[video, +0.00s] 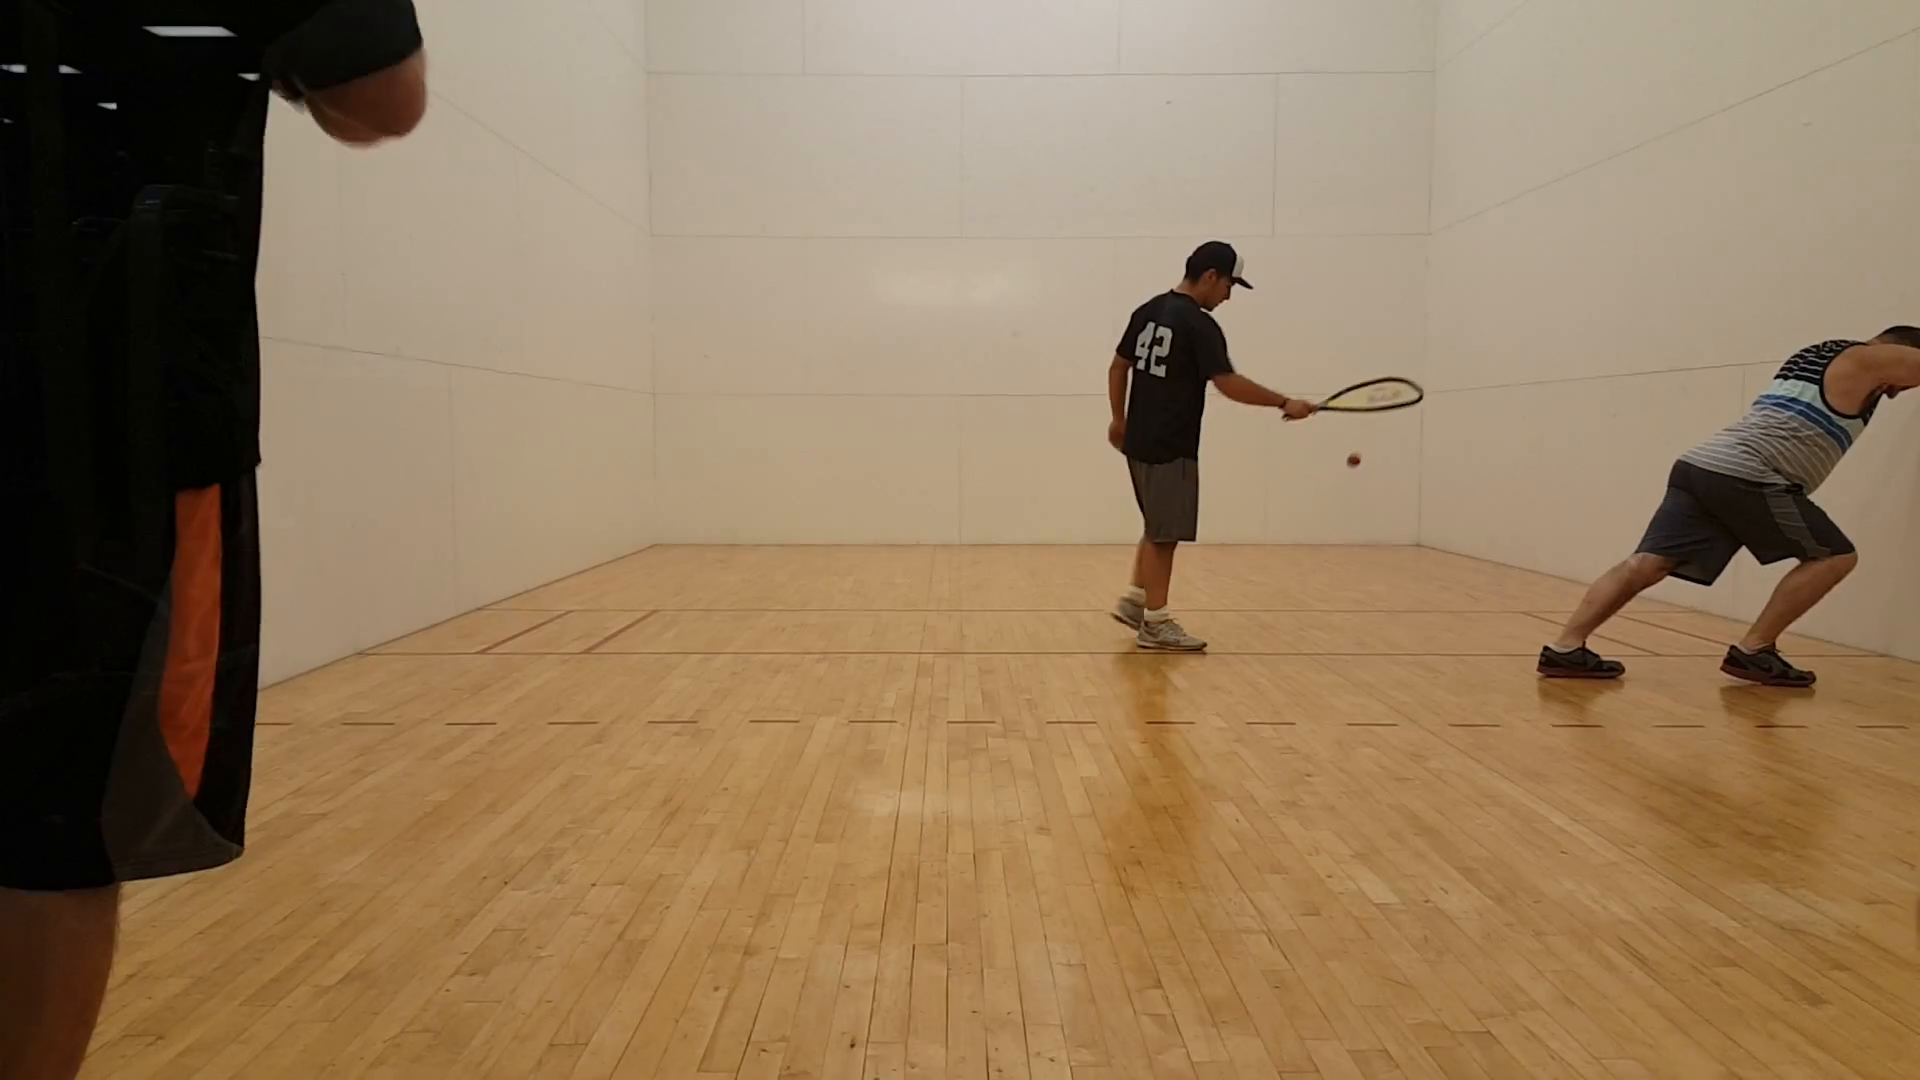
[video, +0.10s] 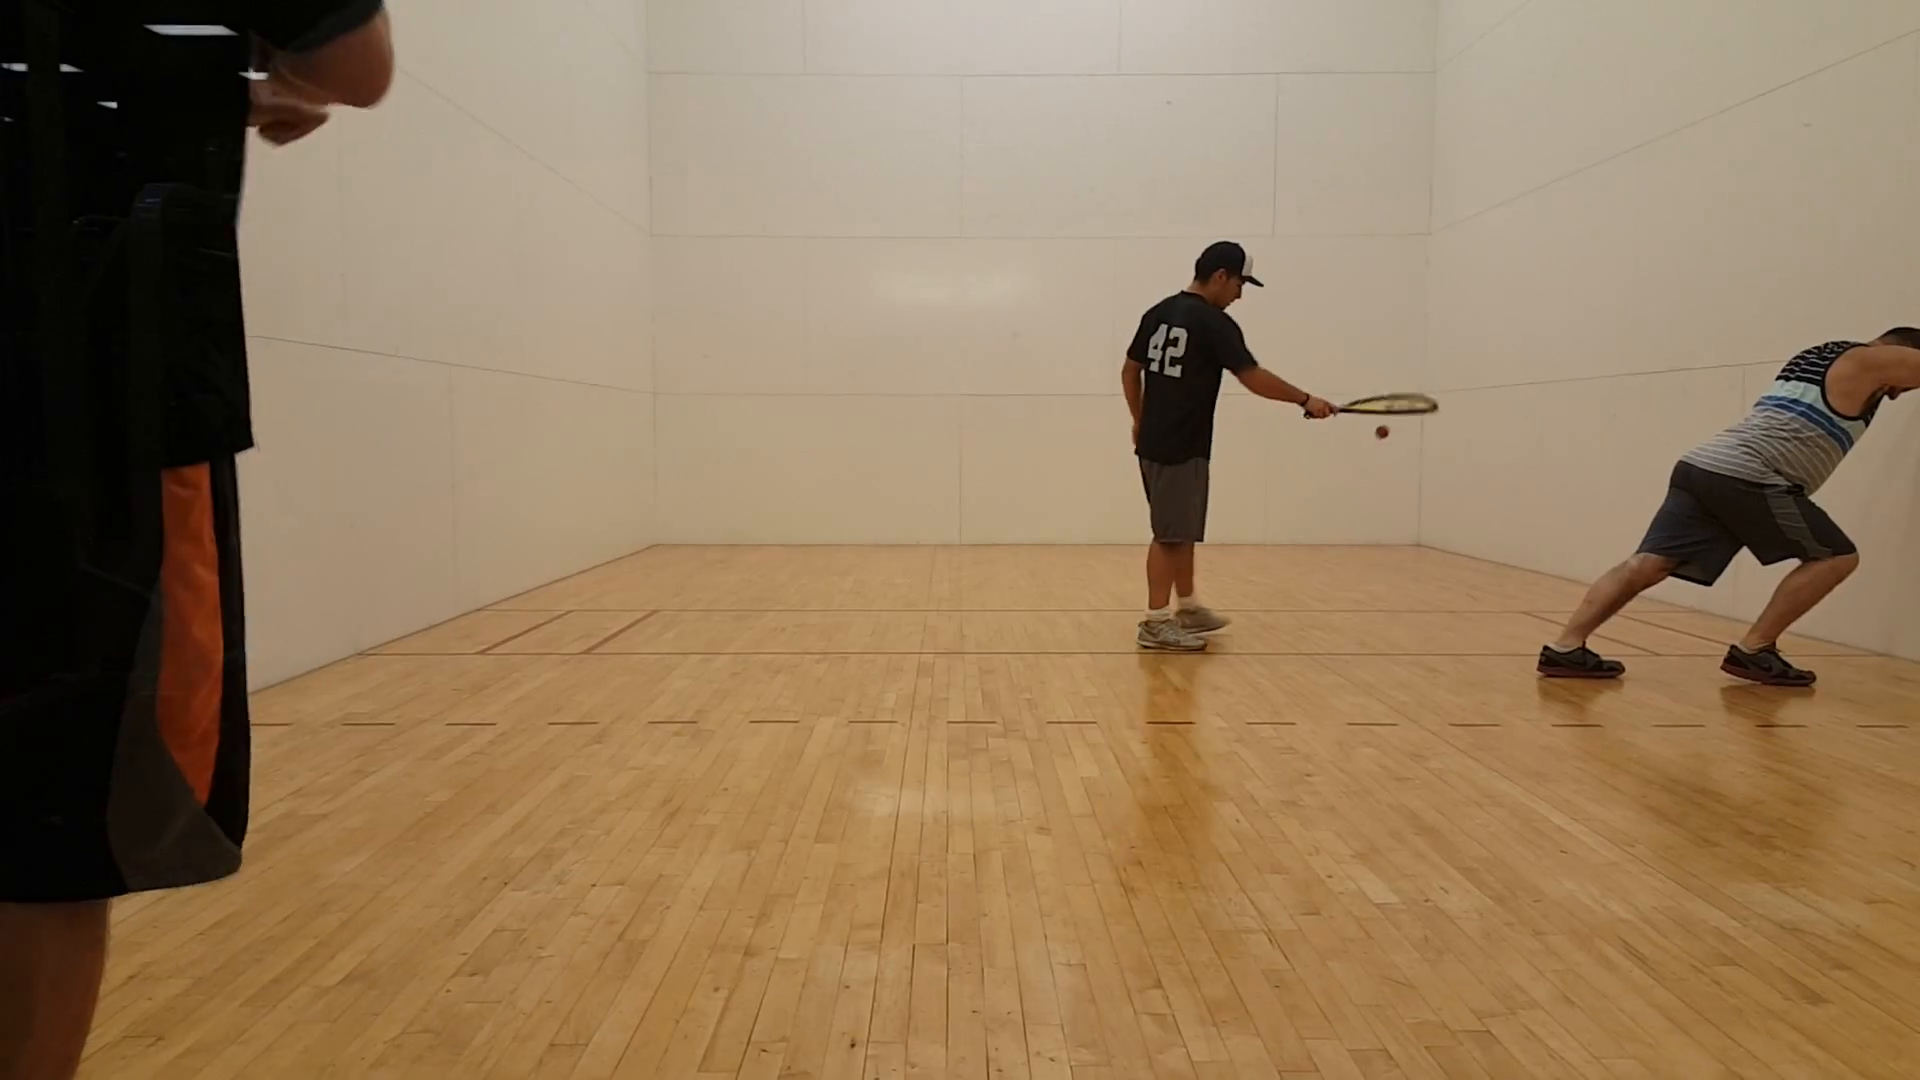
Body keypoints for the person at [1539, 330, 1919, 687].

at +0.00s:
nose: (1902, 389)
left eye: (1907, 380)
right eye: (1907, 376)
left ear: (1884, 345)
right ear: (1896, 352)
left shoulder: (1815, 355)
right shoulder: (1870, 358)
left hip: (1699, 467)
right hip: (1751, 477)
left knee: (1646, 564)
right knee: (1834, 557)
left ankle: (1564, 647)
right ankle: (1754, 648)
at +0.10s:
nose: (1903, 390)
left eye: (1907, 381)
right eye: (1907, 377)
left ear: (1884, 346)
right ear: (1896, 353)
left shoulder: (1814, 357)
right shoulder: (1871, 360)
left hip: (1701, 468)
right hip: (1751, 478)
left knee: (1648, 564)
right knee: (1836, 557)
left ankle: (1565, 646)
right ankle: (1753, 648)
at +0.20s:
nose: (1902, 388)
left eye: (1907, 379)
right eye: (1907, 375)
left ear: (1882, 345)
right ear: (1895, 352)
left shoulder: (1812, 357)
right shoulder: (1870, 360)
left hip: (1701, 469)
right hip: (1752, 479)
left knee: (1647, 565)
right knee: (1836, 557)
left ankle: (1564, 646)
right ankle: (1753, 647)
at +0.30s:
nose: (1904, 378)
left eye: (1907, 368)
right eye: (1907, 365)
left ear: (1878, 337)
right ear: (1895, 346)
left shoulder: (1811, 355)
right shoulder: (1868, 357)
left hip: (1700, 469)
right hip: (1754, 478)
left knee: (1647, 565)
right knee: (1835, 559)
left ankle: (1564, 646)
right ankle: (1753, 651)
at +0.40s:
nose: (1906, 347)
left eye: (1908, 341)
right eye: (1907, 340)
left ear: (1866, 317)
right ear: (1894, 331)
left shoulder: (1807, 342)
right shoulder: (1862, 347)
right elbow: (1918, 353)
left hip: (1696, 457)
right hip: (1752, 466)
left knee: (1646, 557)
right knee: (1821, 555)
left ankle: (1566, 644)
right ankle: (1750, 653)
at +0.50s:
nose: (1892, 308)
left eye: (1893, 301)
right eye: (1893, 301)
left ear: (1842, 281)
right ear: (1886, 298)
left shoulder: (1797, 311)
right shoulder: (1860, 325)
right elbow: (1918, 342)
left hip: (1685, 434)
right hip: (1745, 445)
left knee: (1642, 536)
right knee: (1798, 545)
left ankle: (1573, 633)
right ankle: (1747, 653)